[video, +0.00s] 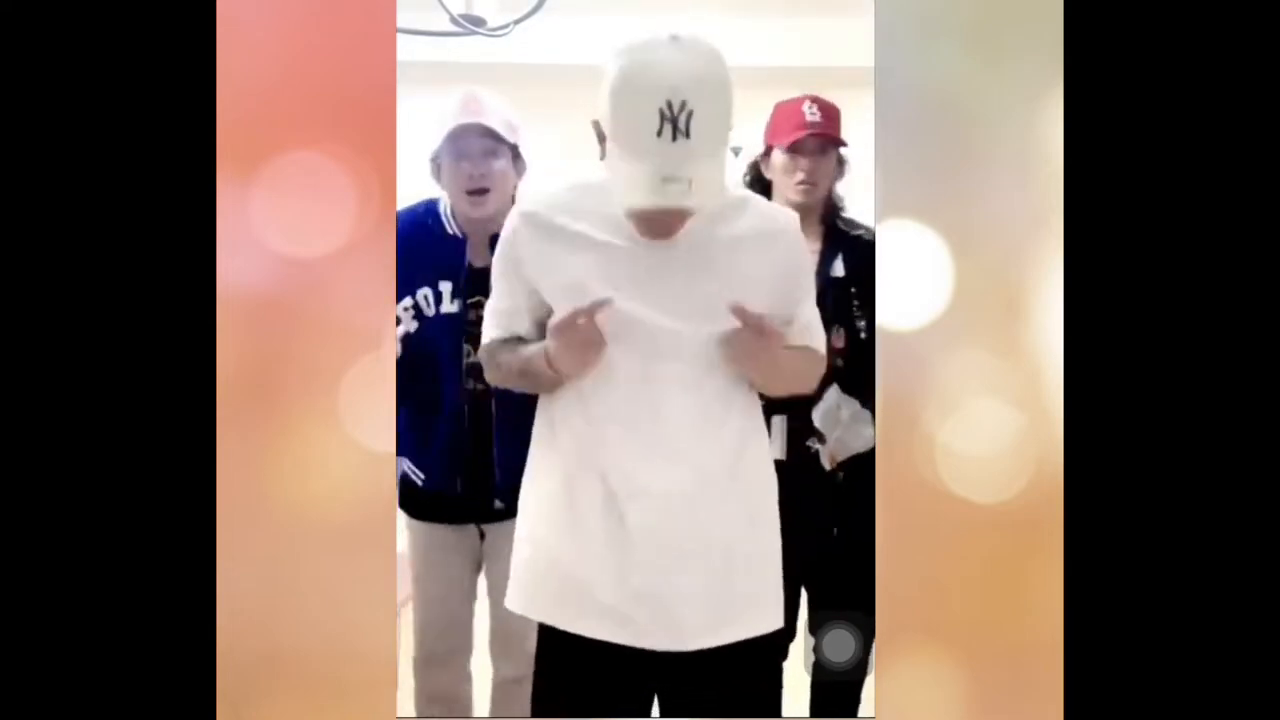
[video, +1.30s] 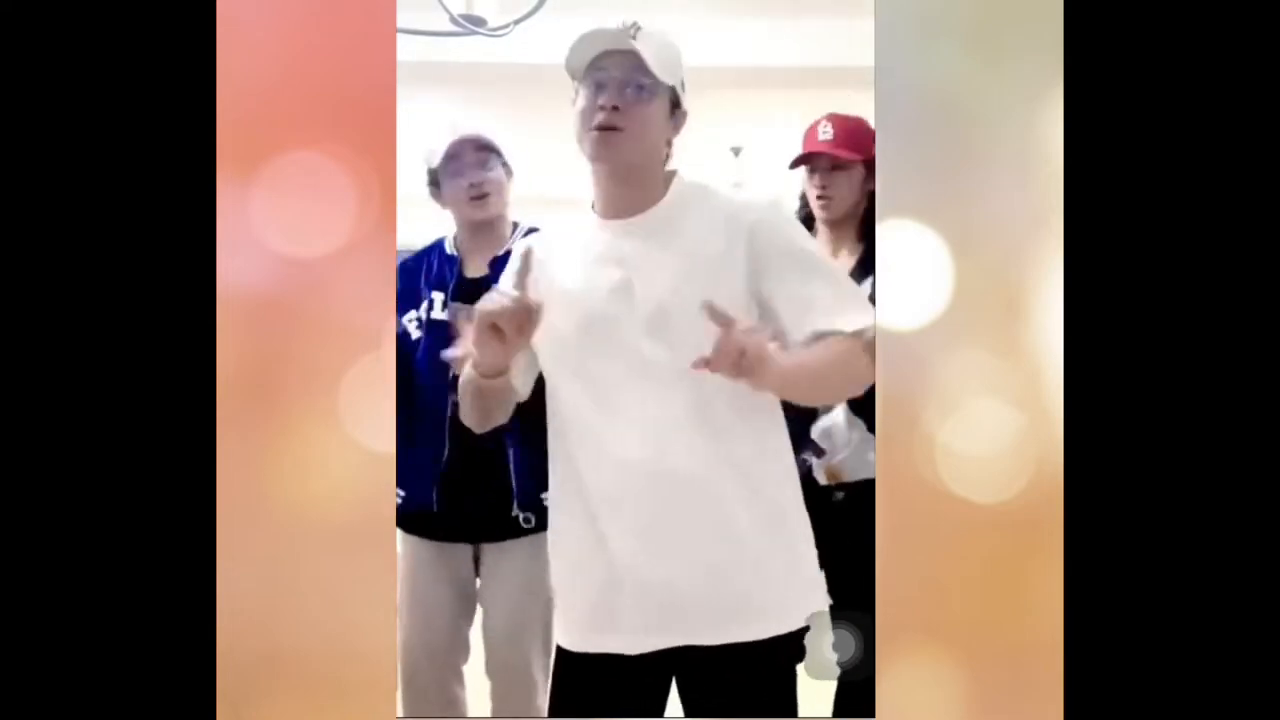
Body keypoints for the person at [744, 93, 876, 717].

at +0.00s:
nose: (806, 166)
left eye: (821, 153)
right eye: (792, 152)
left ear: (839, 166)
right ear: (765, 162)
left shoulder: (867, 251)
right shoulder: (736, 245)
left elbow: (893, 357)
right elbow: (713, 357)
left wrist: (862, 421)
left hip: (849, 476)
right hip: (759, 473)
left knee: (844, 645)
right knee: (755, 641)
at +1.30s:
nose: (820, 182)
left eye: (837, 169)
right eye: (811, 169)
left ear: (868, 180)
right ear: (801, 178)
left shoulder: (895, 261)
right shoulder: (781, 258)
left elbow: (905, 361)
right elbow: (764, 359)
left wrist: (869, 439)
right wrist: (799, 443)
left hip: (867, 477)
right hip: (786, 473)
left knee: (859, 641)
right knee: (774, 635)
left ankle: (854, 712)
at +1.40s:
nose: (818, 177)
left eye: (834, 165)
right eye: (810, 165)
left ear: (869, 174)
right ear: (801, 174)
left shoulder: (898, 256)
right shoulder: (778, 253)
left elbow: (902, 354)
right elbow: (762, 342)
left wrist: (814, 310)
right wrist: (844, 286)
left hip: (865, 478)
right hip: (786, 472)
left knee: (855, 636)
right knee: (770, 625)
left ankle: (853, 719)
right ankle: (765, 715)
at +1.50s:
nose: (818, 173)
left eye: (834, 160)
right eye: (812, 161)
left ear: (869, 168)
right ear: (805, 167)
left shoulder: (893, 247)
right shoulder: (793, 247)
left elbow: (885, 331)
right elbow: (768, 365)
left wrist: (825, 255)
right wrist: (772, 265)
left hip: (862, 470)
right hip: (788, 466)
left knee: (852, 634)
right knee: (769, 625)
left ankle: (853, 717)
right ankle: (761, 714)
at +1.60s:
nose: (819, 181)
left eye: (834, 168)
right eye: (813, 169)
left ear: (872, 176)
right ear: (807, 175)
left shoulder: (896, 264)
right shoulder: (792, 254)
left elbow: (868, 361)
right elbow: (773, 361)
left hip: (860, 474)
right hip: (784, 469)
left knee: (855, 636)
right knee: (770, 632)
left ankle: (853, 714)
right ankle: (765, 712)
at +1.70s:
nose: (820, 184)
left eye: (835, 171)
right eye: (813, 172)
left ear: (871, 178)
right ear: (806, 178)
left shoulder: (895, 262)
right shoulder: (790, 256)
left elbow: (892, 353)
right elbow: (763, 360)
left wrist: (841, 281)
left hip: (862, 478)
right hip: (785, 473)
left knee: (857, 642)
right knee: (767, 638)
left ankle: (853, 716)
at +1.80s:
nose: (820, 175)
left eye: (835, 162)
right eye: (814, 163)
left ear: (872, 170)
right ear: (808, 169)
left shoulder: (898, 251)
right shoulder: (794, 244)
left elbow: (902, 341)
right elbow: (769, 337)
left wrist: (848, 283)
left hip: (863, 465)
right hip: (785, 458)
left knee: (853, 631)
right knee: (771, 623)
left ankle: (853, 718)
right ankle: (765, 716)